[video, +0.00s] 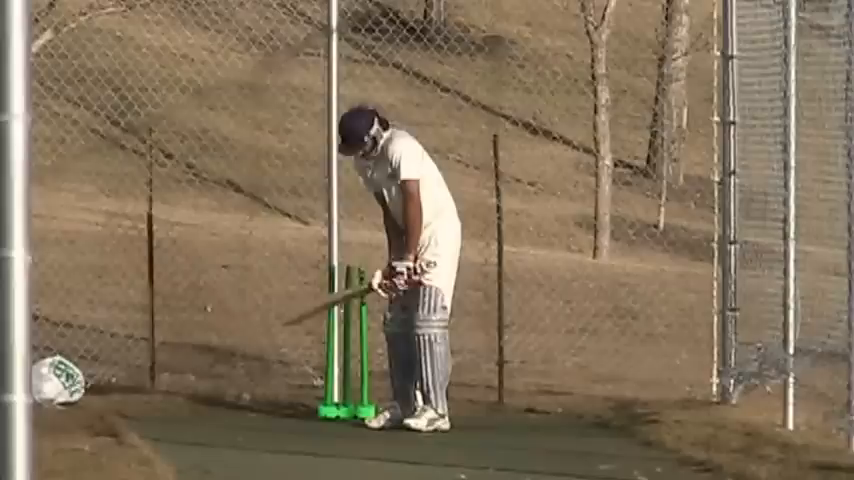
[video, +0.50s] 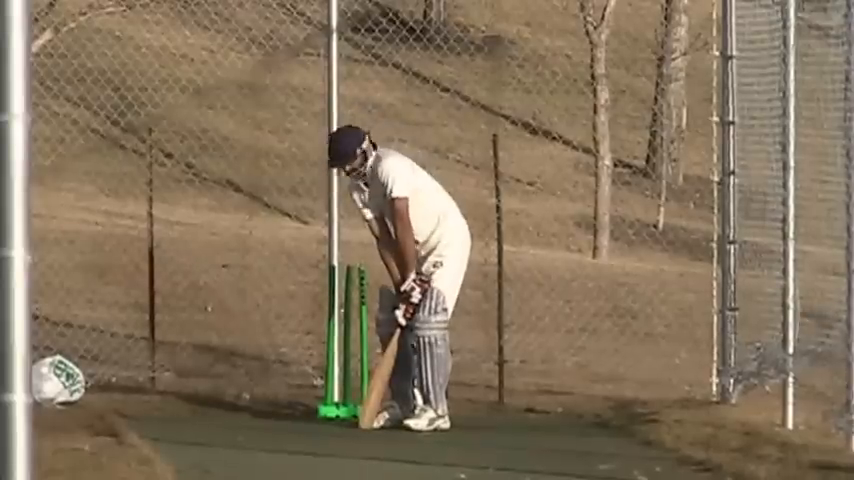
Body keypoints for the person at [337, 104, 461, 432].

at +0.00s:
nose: (360, 157)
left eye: (362, 149)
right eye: (355, 152)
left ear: (375, 135)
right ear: (352, 145)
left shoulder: (400, 147)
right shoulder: (363, 161)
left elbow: (413, 201)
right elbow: (389, 214)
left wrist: (409, 257)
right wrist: (393, 261)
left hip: (437, 239)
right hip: (408, 242)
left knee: (428, 323)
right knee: (397, 324)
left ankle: (435, 409)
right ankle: (404, 405)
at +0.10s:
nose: (355, 173)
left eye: (357, 166)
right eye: (349, 169)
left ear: (369, 150)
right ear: (349, 158)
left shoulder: (395, 156)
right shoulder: (363, 174)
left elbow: (409, 211)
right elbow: (389, 225)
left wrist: (413, 266)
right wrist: (400, 273)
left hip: (440, 240)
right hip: (411, 246)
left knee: (429, 321)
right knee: (397, 322)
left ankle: (435, 409)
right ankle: (404, 404)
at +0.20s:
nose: (349, 187)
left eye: (351, 180)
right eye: (344, 183)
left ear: (363, 163)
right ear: (348, 170)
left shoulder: (390, 166)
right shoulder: (359, 185)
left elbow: (402, 223)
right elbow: (381, 237)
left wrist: (410, 277)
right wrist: (400, 283)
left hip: (444, 240)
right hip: (411, 246)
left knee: (430, 321)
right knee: (396, 324)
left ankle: (435, 409)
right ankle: (404, 403)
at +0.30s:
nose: (349, 191)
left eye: (351, 183)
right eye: (343, 186)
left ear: (362, 166)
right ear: (337, 177)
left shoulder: (386, 171)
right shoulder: (356, 190)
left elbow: (401, 225)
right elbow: (382, 239)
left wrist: (412, 279)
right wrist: (402, 286)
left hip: (447, 240)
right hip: (413, 246)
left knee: (429, 320)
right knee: (392, 323)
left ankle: (435, 409)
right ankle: (404, 403)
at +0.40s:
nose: (349, 186)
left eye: (351, 178)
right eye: (344, 182)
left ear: (361, 161)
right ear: (340, 173)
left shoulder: (387, 171)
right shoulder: (356, 188)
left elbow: (402, 226)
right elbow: (382, 238)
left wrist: (411, 279)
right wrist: (402, 286)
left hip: (447, 241)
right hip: (415, 247)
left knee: (430, 321)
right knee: (393, 324)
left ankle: (435, 409)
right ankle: (404, 404)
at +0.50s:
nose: (349, 172)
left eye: (353, 164)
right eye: (343, 167)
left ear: (366, 152)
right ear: (339, 165)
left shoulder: (390, 168)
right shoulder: (358, 187)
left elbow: (403, 226)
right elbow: (382, 237)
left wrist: (410, 278)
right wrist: (400, 285)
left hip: (446, 243)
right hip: (414, 248)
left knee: (429, 320)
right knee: (393, 323)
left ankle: (435, 409)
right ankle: (404, 403)